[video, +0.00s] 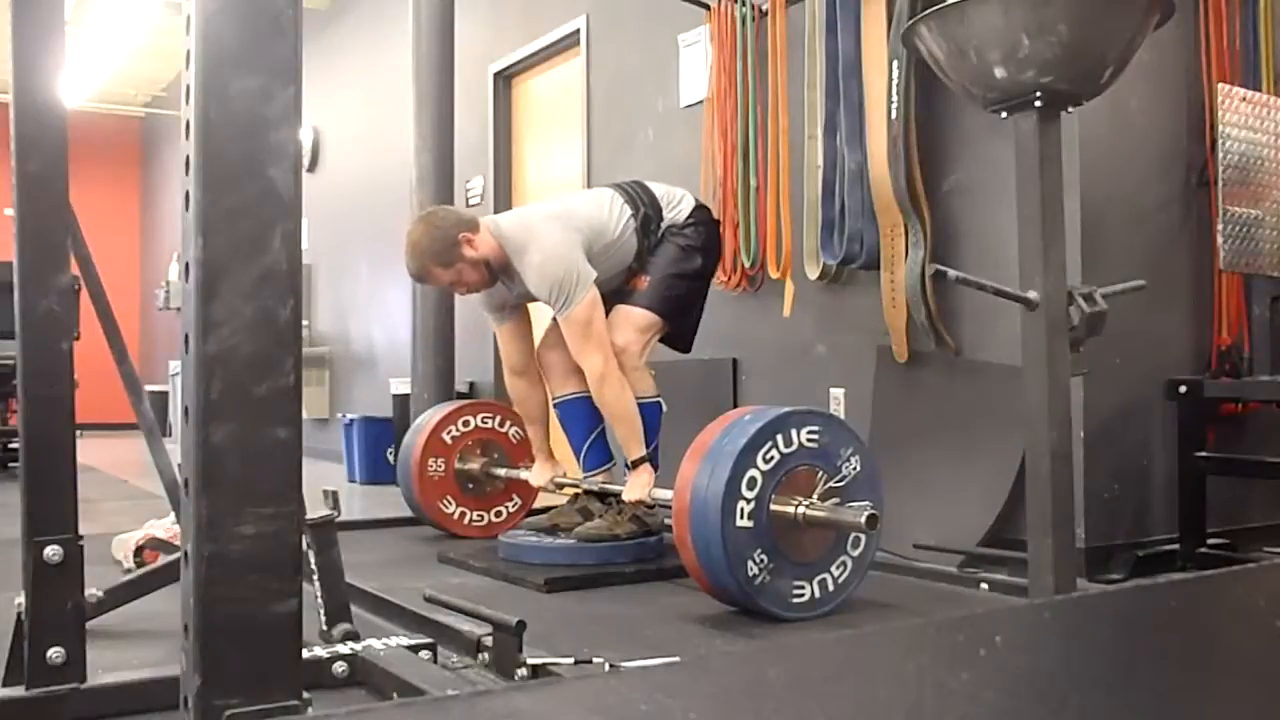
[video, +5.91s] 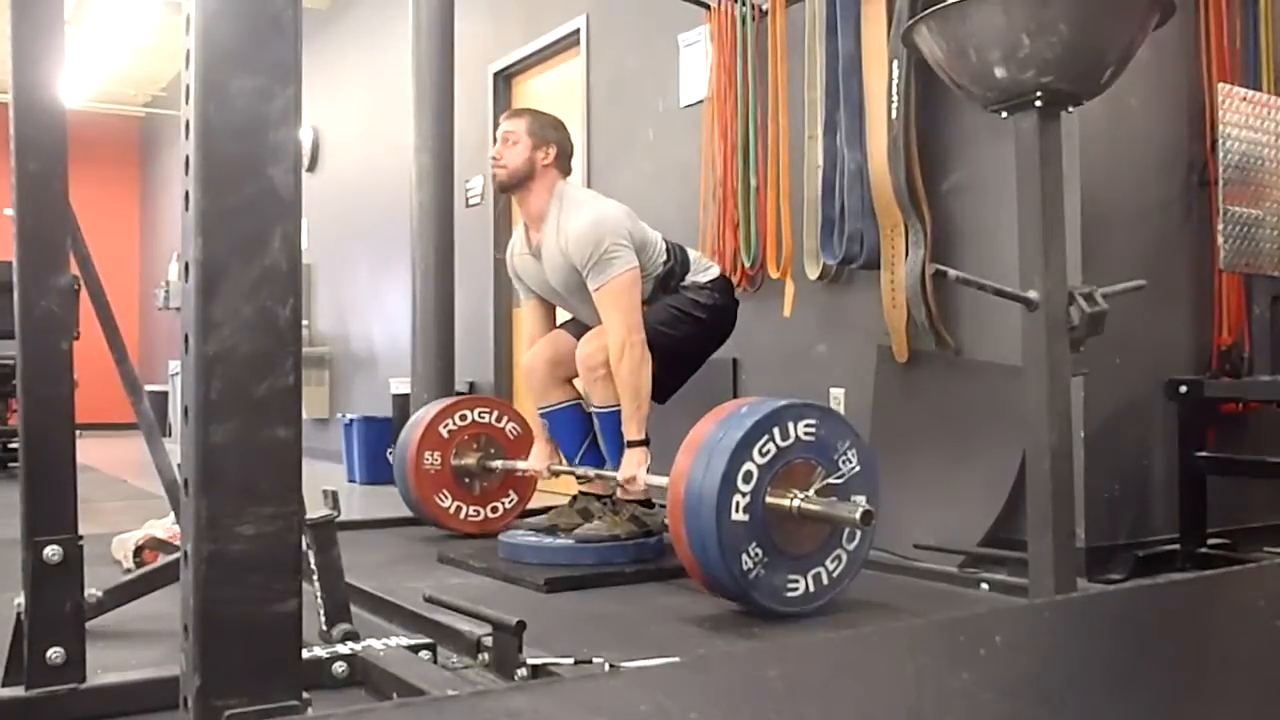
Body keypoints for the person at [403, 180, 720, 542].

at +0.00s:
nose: (461, 293)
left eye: (457, 282)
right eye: (451, 290)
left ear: (469, 244)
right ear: (469, 243)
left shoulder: (546, 253)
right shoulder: (492, 281)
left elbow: (602, 365)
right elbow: (519, 372)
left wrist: (640, 465)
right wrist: (542, 457)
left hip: (680, 226)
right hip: (620, 249)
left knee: (622, 346)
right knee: (554, 354)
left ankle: (642, 492)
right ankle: (601, 488)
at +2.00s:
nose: (450, 295)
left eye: (447, 283)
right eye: (441, 292)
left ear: (464, 245)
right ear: (463, 245)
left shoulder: (541, 260)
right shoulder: (482, 288)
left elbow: (605, 359)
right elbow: (512, 370)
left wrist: (639, 468)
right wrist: (541, 456)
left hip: (672, 254)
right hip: (611, 271)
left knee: (590, 363)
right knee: (531, 365)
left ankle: (633, 494)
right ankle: (599, 488)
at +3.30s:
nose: (458, 241)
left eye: (460, 226)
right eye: (450, 233)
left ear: (492, 199)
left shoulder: (567, 246)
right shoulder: (503, 273)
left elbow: (619, 355)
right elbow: (523, 366)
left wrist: (637, 466)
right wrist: (539, 455)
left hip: (690, 283)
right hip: (627, 299)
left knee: (598, 359)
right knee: (533, 366)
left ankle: (630, 500)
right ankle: (599, 491)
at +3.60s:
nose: (483, 191)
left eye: (493, 177)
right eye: (481, 180)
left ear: (533, 176)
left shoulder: (588, 235)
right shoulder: (521, 261)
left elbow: (626, 350)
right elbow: (535, 359)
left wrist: (635, 463)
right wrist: (539, 453)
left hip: (707, 292)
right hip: (642, 303)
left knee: (606, 353)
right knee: (543, 364)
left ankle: (633, 499)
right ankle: (599, 493)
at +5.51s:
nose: (500, 163)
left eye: (514, 153)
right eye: (501, 155)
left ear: (552, 166)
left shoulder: (594, 233)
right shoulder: (525, 255)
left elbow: (628, 351)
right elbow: (535, 357)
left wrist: (635, 459)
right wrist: (540, 450)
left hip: (704, 308)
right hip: (642, 317)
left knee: (599, 355)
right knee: (540, 365)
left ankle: (632, 502)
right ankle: (598, 491)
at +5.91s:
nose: (495, 151)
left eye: (508, 141)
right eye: (496, 142)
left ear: (546, 154)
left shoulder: (592, 222)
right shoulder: (521, 249)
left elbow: (629, 342)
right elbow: (537, 350)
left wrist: (636, 446)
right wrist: (542, 438)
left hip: (698, 294)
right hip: (638, 302)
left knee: (596, 354)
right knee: (541, 364)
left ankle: (632, 499)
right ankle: (599, 489)